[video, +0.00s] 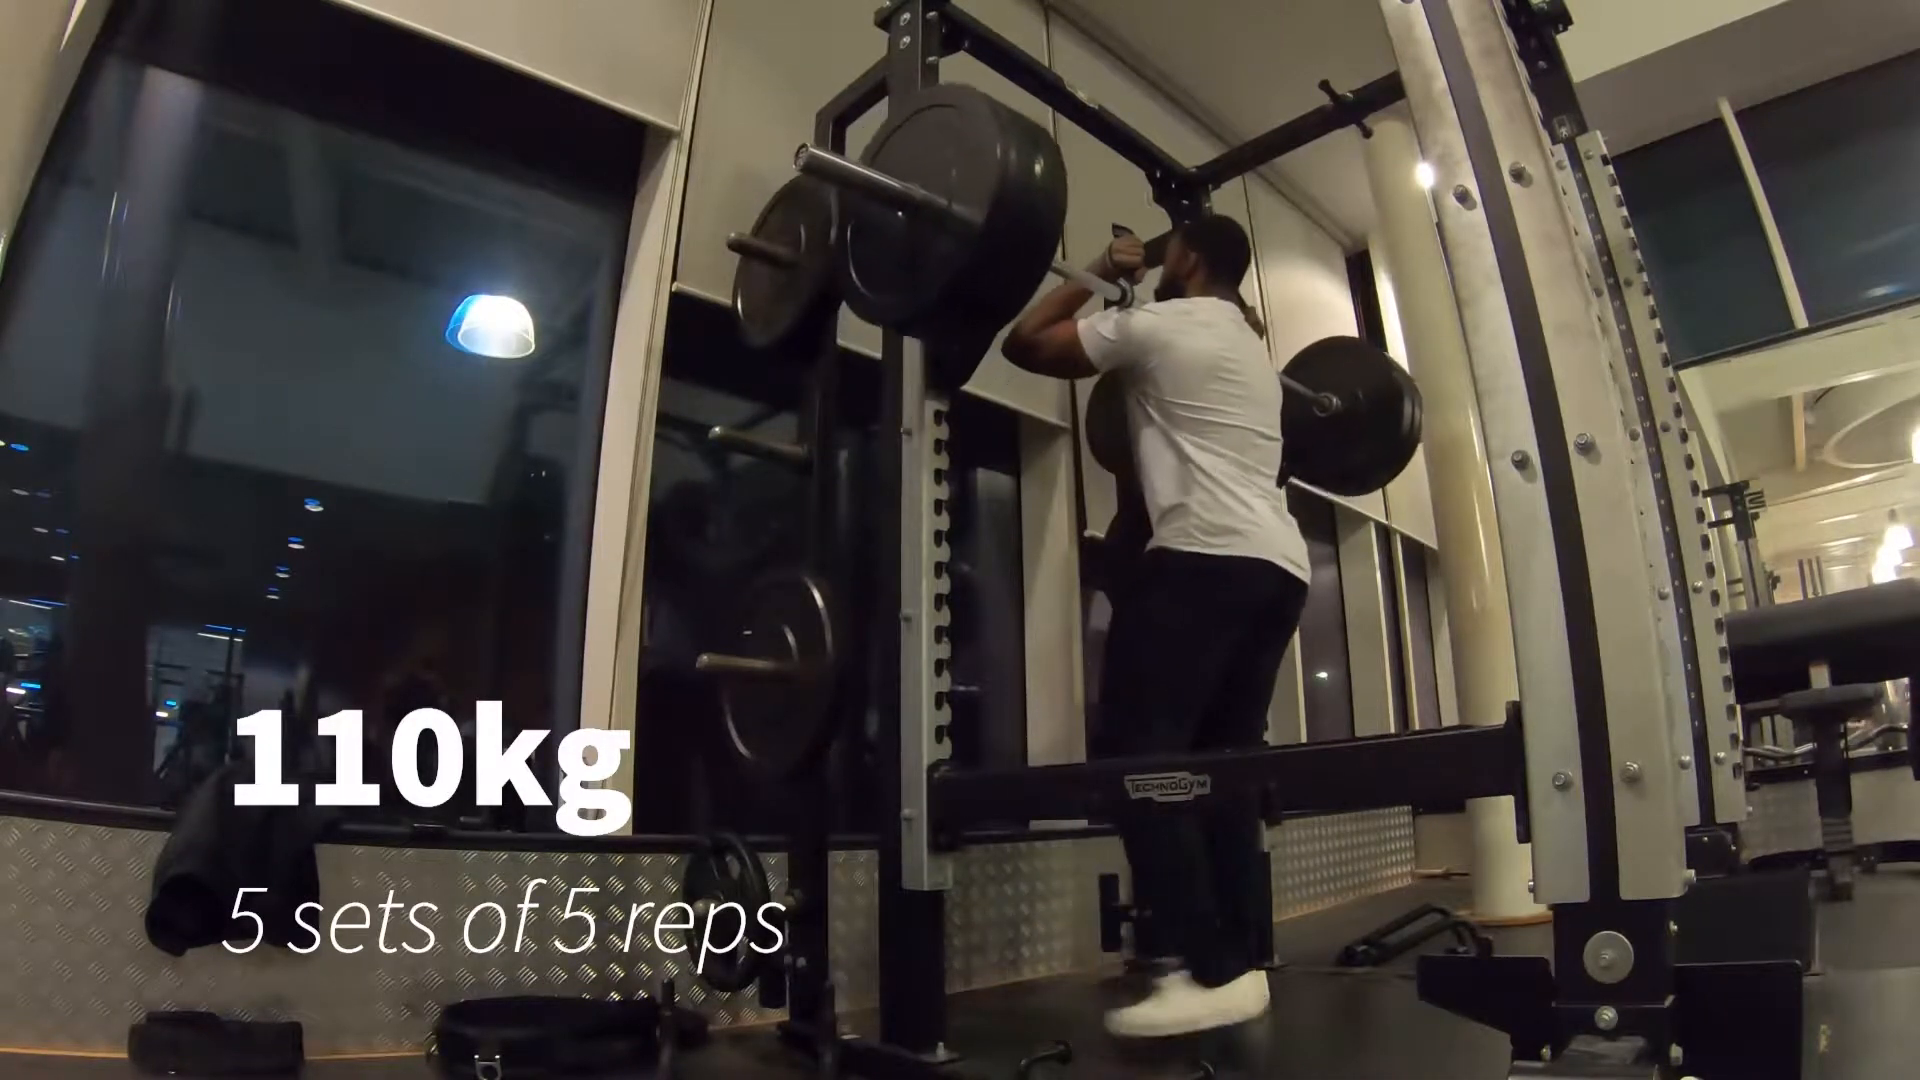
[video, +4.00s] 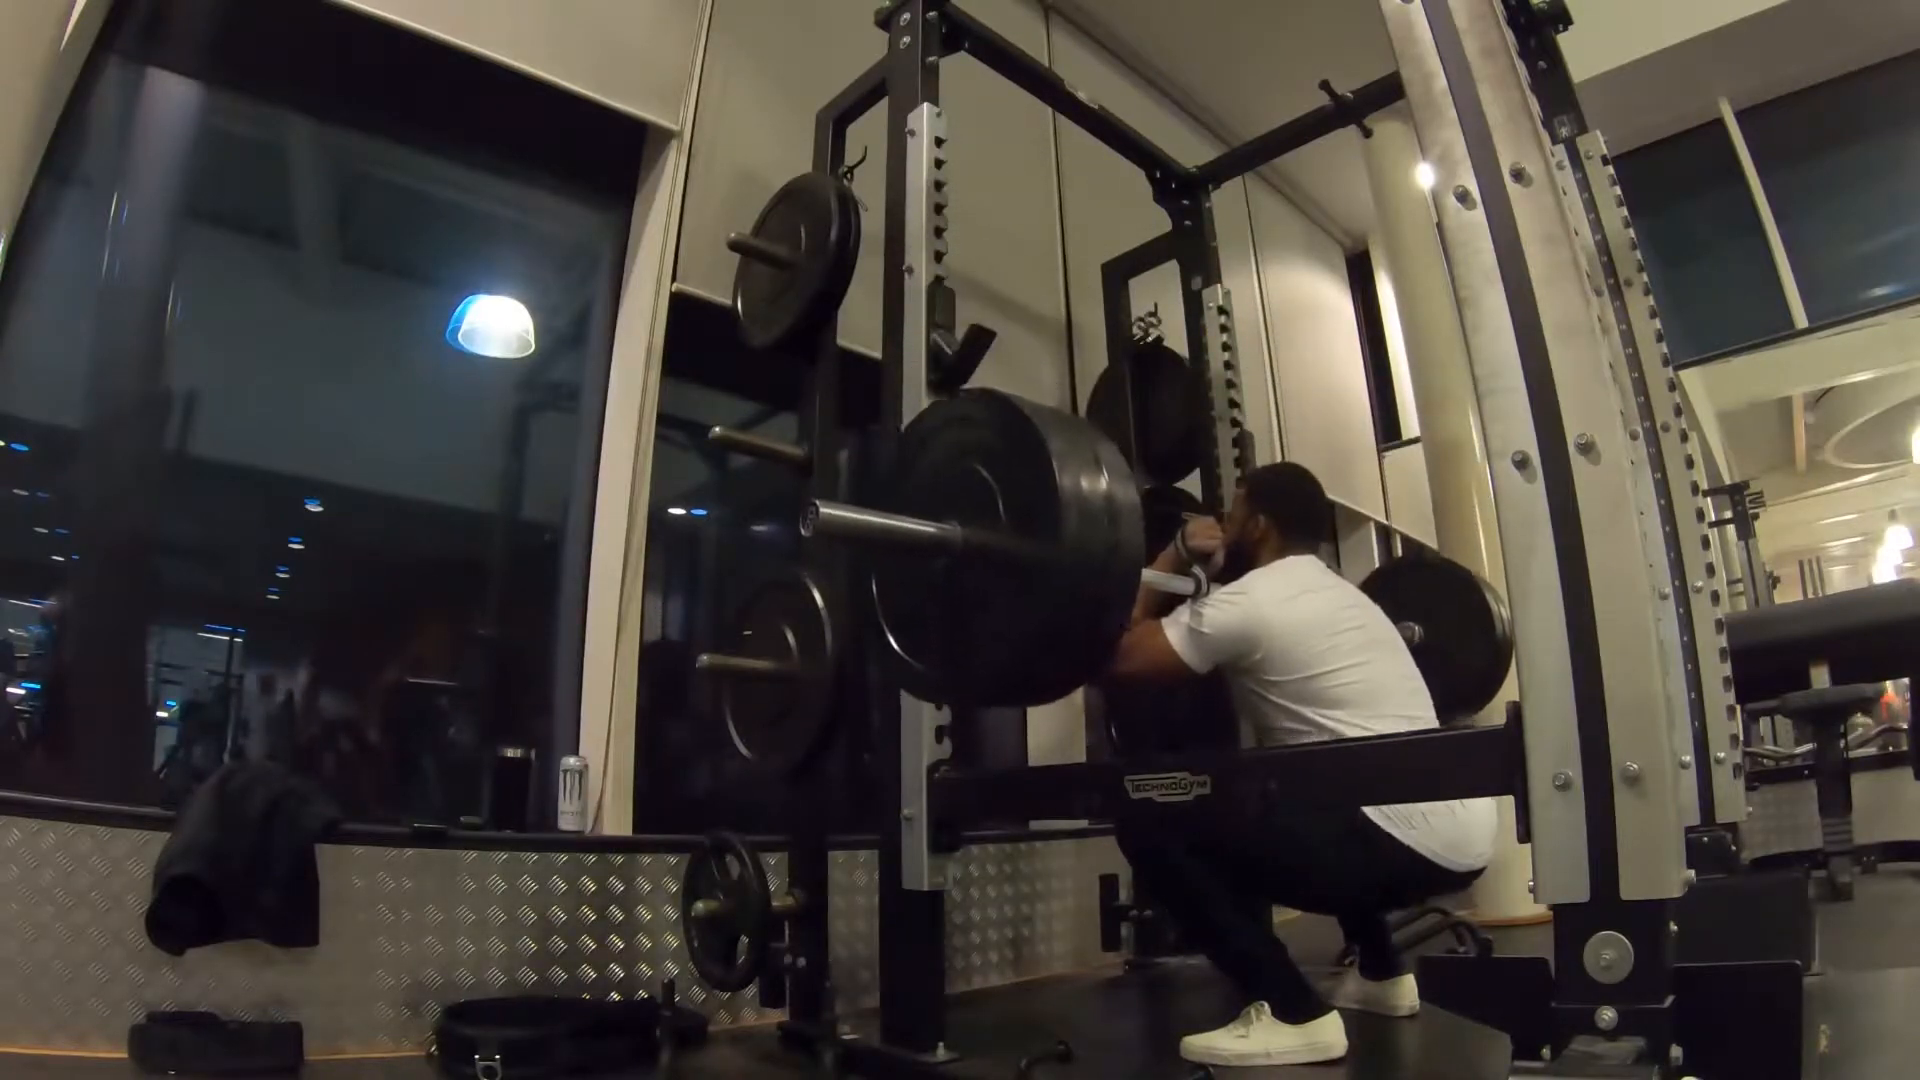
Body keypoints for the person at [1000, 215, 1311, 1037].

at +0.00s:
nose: (1160, 257)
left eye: (1169, 246)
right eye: (1168, 247)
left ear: (1188, 257)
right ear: (1232, 271)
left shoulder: (1160, 326)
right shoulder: (1256, 349)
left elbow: (1027, 340)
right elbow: (1126, 443)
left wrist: (1093, 276)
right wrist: (1120, 306)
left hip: (1194, 559)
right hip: (1276, 567)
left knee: (1137, 756)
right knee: (1228, 760)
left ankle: (1196, 971)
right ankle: (1242, 964)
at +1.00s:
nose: (1227, 243)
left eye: (1233, 232)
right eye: (1230, 234)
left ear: (1250, 233)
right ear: (1301, 242)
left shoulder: (1225, 300)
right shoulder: (1322, 311)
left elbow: (1087, 324)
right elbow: (1238, 331)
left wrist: (1155, 255)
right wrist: (1200, 258)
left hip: (1280, 549)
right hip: (1364, 547)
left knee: (1274, 772)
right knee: (1346, 765)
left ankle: (1301, 1010)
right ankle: (1387, 970)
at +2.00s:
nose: (1236, 237)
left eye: (1242, 225)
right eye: (1240, 227)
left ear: (1260, 227)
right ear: (1313, 239)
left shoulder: (1237, 294)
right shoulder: (1333, 311)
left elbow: (1096, 318)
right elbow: (1237, 334)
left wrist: (1166, 251)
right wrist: (1203, 258)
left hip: (1282, 547)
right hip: (1364, 545)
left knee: (1276, 770)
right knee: (1347, 763)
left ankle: (1300, 1010)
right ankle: (1386, 971)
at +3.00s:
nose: (1223, 385)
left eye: (1232, 372)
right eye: (1226, 371)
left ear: (1259, 382)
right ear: (1302, 390)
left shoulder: (1241, 453)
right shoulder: (1338, 454)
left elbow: (1104, 490)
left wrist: (1155, 421)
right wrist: (1213, 410)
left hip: (1357, 678)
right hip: (1448, 689)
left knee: (1173, 798)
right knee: (1311, 781)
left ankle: (1292, 1013)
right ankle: (1384, 972)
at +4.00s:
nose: (1225, 526)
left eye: (1233, 515)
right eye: (1229, 514)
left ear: (1262, 527)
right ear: (1310, 530)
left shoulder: (1247, 603)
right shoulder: (1336, 589)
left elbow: (1122, 656)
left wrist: (1165, 562)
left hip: (1394, 845)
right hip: (1462, 842)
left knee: (1159, 830)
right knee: (1303, 793)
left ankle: (1293, 1013)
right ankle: (1382, 971)